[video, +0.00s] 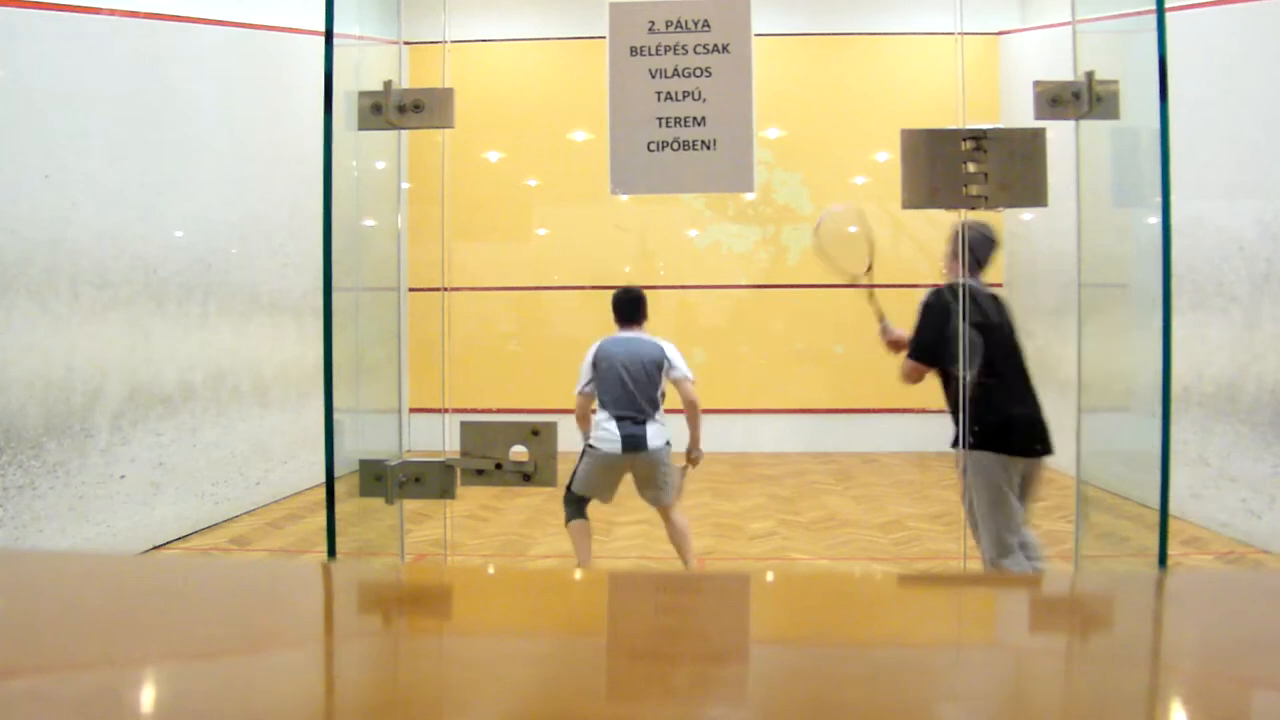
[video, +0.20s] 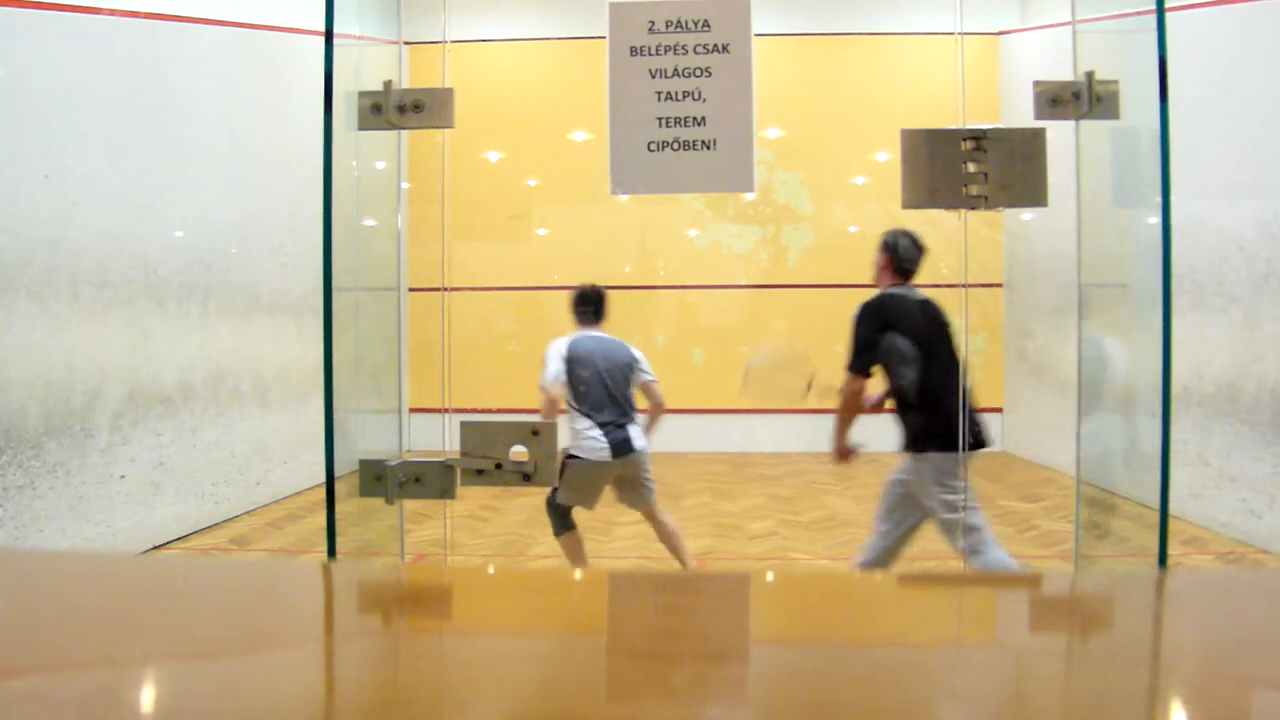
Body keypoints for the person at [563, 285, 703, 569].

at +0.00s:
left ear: (615, 315)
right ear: (645, 314)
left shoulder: (598, 350)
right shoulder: (664, 349)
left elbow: (582, 409)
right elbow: (691, 400)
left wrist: (591, 441)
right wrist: (694, 444)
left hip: (606, 442)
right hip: (651, 441)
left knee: (575, 501)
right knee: (668, 507)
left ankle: (584, 570)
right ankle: (692, 569)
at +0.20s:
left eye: (581, 308)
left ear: (575, 312)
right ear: (603, 312)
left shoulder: (561, 347)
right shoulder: (627, 349)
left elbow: (554, 399)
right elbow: (658, 403)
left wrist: (547, 421)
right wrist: (643, 435)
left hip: (589, 451)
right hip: (632, 446)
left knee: (557, 506)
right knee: (652, 510)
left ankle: (582, 574)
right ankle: (690, 566)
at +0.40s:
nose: (503, 289)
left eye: (504, 283)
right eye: (503, 283)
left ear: (512, 285)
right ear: (537, 284)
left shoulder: (523, 314)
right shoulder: (556, 318)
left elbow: (540, 363)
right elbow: (574, 373)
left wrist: (520, 416)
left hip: (569, 433)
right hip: (592, 429)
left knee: (533, 507)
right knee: (547, 505)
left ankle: (565, 578)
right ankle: (573, 574)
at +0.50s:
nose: (471, 298)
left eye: (473, 290)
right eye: (472, 290)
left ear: (487, 292)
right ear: (497, 291)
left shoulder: (510, 328)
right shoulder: (509, 327)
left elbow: (533, 390)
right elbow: (529, 391)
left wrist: (523, 445)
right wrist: (515, 443)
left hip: (557, 443)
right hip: (553, 442)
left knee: (499, 519)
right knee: (501, 519)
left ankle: (531, 592)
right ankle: (530, 590)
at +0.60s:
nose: (442, 304)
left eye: (446, 295)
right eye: (443, 295)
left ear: (465, 296)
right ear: (464, 298)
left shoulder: (500, 340)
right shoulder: (465, 350)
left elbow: (545, 401)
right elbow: (464, 414)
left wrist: (554, 461)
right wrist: (437, 448)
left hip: (522, 459)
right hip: (495, 460)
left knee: (483, 535)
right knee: (503, 543)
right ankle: (541, 598)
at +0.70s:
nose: (407, 299)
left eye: (412, 290)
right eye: (408, 290)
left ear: (431, 290)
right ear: (425, 292)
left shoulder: (478, 334)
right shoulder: (424, 348)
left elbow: (528, 387)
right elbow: (410, 406)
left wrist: (546, 443)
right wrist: (379, 435)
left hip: (496, 461)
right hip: (458, 462)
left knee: (464, 552)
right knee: (460, 553)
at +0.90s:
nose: (321, 301)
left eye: (329, 290)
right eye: (321, 290)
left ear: (357, 285)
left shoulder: (404, 322)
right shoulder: (338, 337)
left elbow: (390, 395)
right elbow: (298, 384)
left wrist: (320, 412)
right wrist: (281, 338)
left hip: (431, 469)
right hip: (380, 467)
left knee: (429, 581)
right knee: (331, 560)